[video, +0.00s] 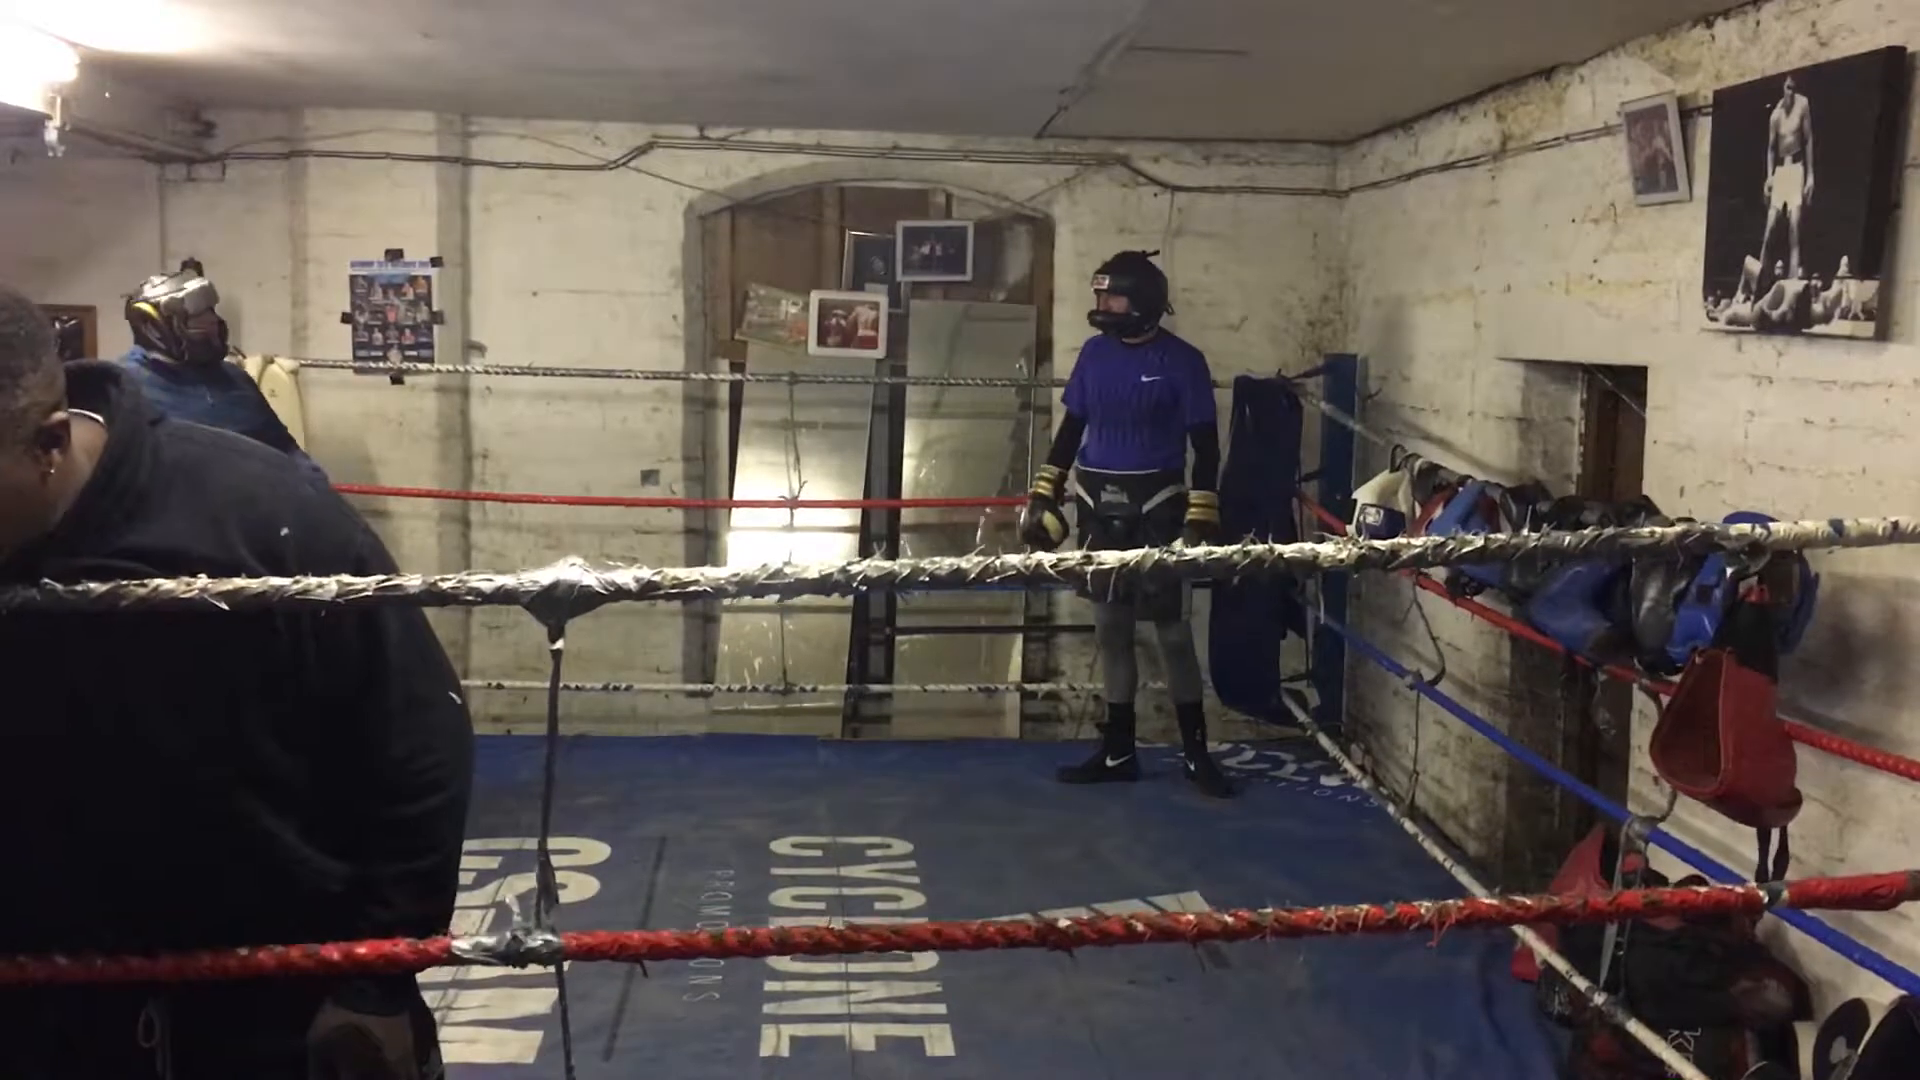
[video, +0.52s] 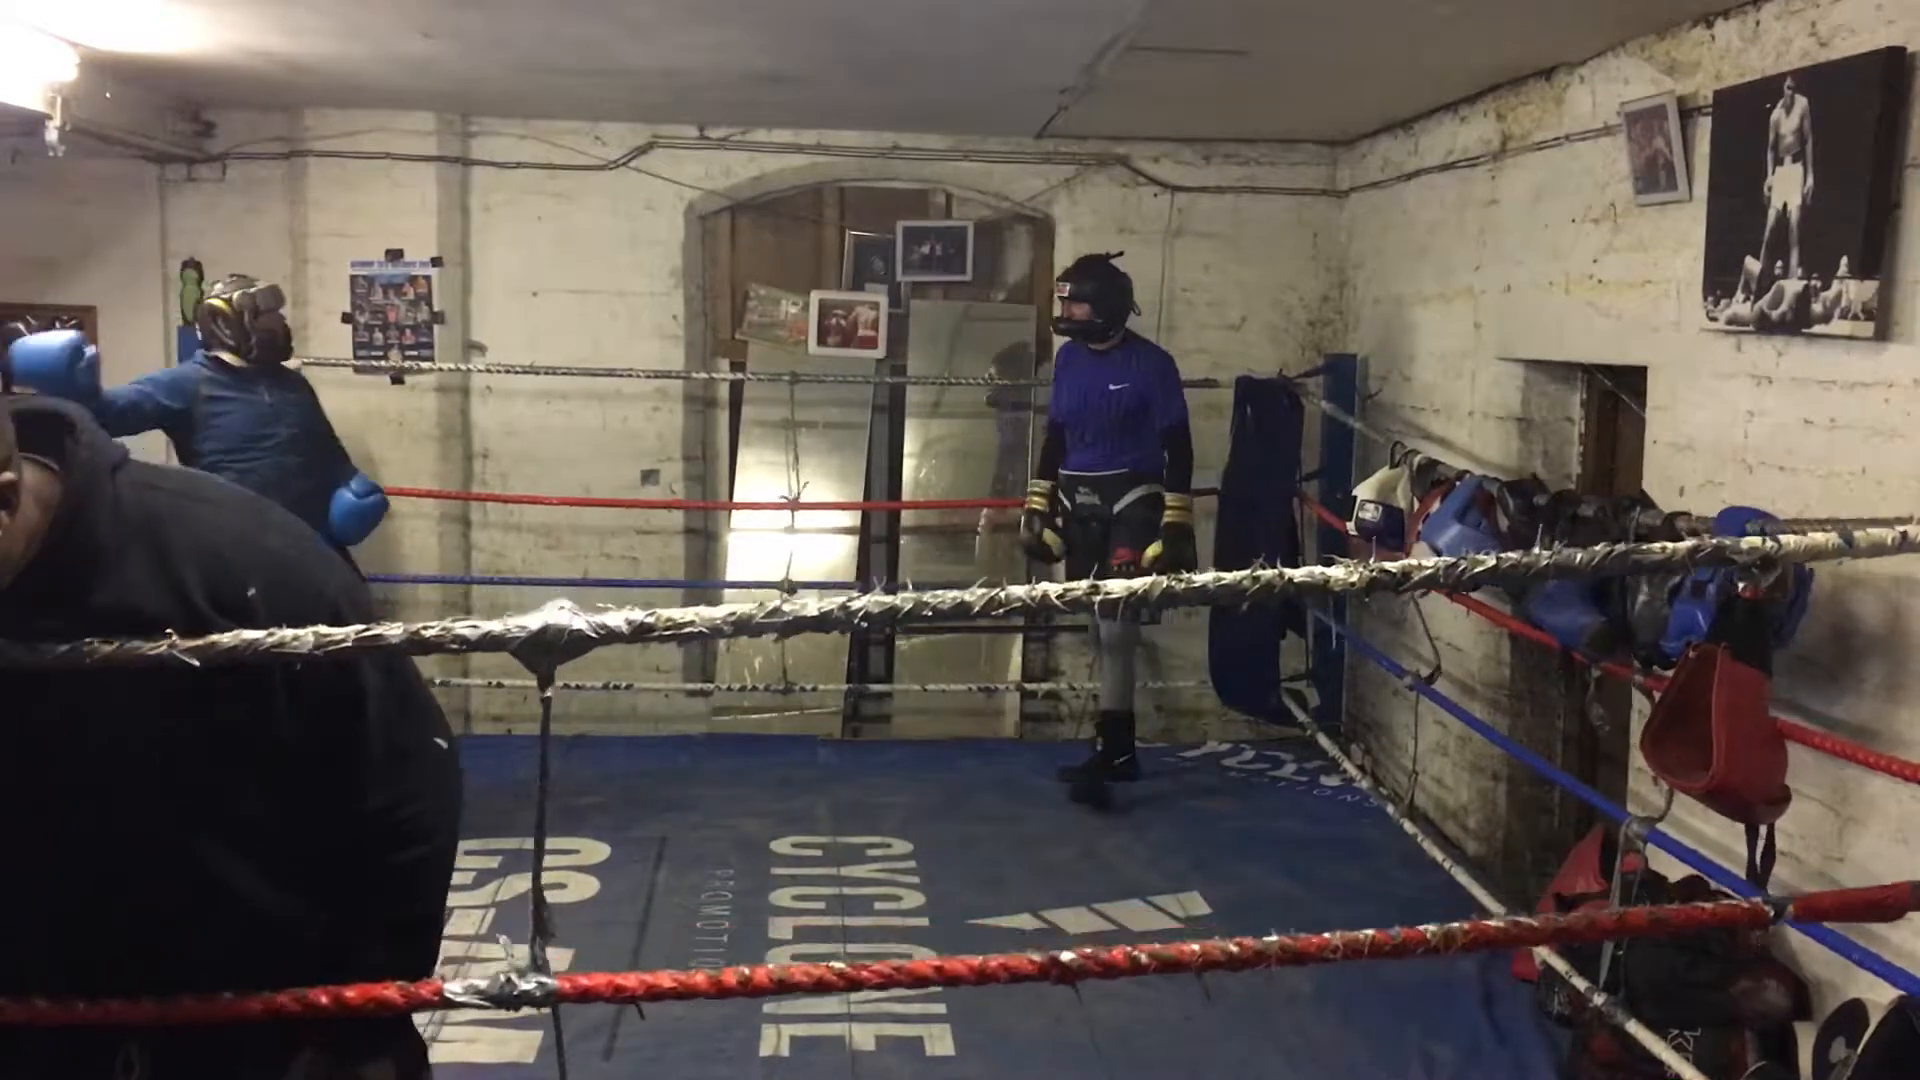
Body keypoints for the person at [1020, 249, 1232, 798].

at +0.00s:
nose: (1099, 301)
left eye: (1110, 293)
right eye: (1099, 292)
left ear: (1141, 299)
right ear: (1105, 298)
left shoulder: (1182, 360)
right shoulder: (1094, 353)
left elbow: (1205, 444)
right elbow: (1070, 428)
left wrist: (1201, 516)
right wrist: (1044, 494)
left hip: (1160, 508)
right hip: (1100, 506)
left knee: (1172, 634)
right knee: (1111, 632)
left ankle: (1197, 754)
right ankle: (1117, 752)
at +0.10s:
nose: (1093, 304)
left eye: (1105, 294)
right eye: (1091, 293)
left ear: (1134, 301)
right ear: (1093, 299)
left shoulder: (1173, 361)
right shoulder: (1085, 355)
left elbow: (1196, 445)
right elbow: (1062, 428)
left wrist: (1195, 519)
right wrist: (1036, 495)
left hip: (1153, 509)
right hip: (1094, 507)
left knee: (1163, 635)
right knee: (1108, 632)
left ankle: (1194, 754)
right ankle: (1117, 752)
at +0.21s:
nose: (1083, 305)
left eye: (1093, 296)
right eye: (1082, 295)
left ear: (1123, 301)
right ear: (1089, 301)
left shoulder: (1166, 360)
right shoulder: (1079, 357)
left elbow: (1191, 443)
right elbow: (1058, 431)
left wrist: (1190, 517)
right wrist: (1033, 498)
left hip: (1149, 507)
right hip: (1090, 507)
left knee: (1151, 635)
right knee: (1106, 632)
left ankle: (1183, 752)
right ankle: (1117, 751)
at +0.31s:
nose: (1075, 308)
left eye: (1086, 298)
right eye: (1073, 298)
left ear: (1116, 303)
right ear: (1074, 303)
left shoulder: (1158, 359)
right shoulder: (1072, 358)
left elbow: (1187, 442)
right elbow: (1054, 434)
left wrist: (1182, 517)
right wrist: (1033, 504)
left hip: (1143, 501)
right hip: (1086, 503)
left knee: (1131, 624)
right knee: (1101, 625)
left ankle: (1154, 759)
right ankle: (1116, 747)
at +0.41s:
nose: (1070, 310)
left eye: (1081, 300)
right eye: (1067, 299)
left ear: (1111, 305)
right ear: (1070, 304)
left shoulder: (1155, 361)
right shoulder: (1069, 358)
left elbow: (1182, 444)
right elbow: (1055, 433)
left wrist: (1180, 519)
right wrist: (1036, 503)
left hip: (1140, 503)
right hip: (1084, 505)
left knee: (1124, 629)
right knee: (1098, 628)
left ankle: (1127, 764)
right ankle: (1111, 747)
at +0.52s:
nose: (1067, 312)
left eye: (1078, 303)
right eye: (1064, 302)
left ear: (1109, 307)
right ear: (1065, 306)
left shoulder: (1152, 363)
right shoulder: (1068, 360)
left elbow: (1179, 448)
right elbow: (1055, 436)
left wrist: (1176, 526)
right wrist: (1038, 503)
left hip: (1134, 504)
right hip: (1080, 505)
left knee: (1116, 627)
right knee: (1101, 628)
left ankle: (1110, 754)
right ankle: (1118, 747)